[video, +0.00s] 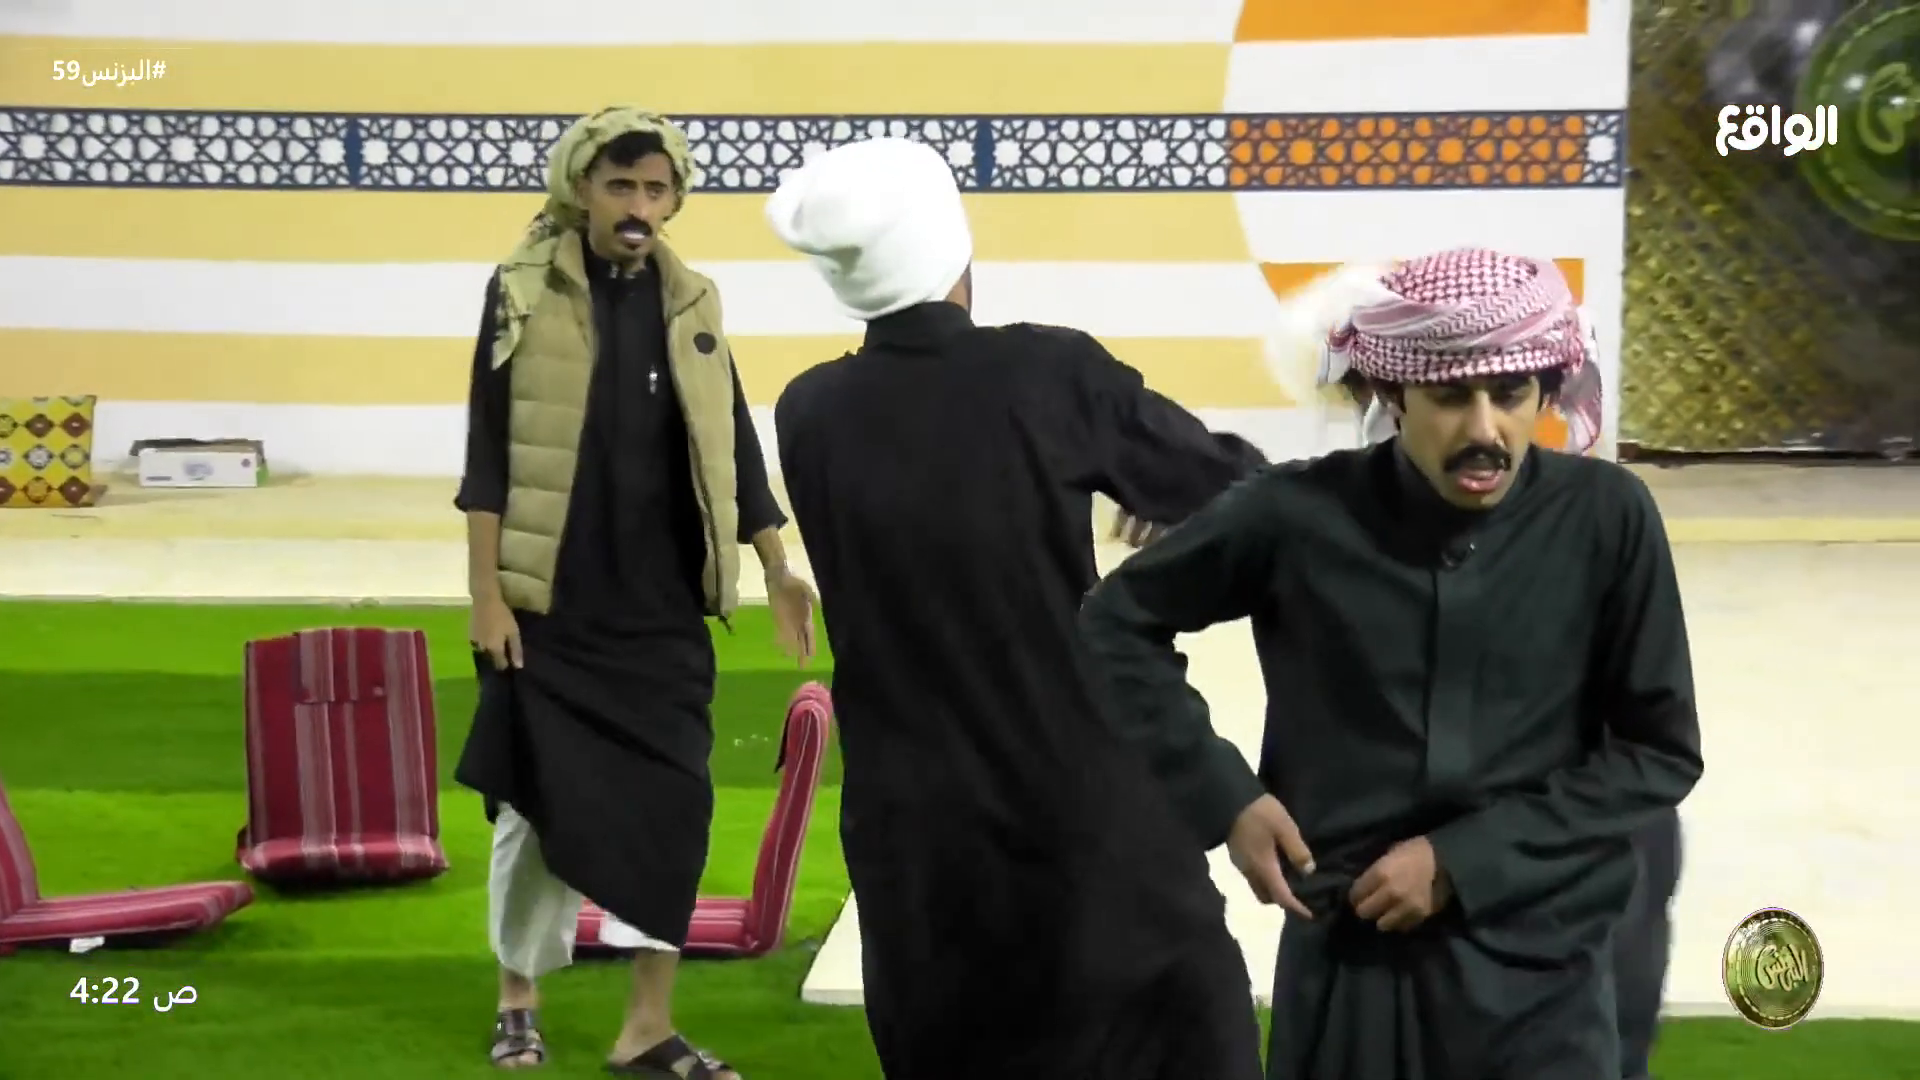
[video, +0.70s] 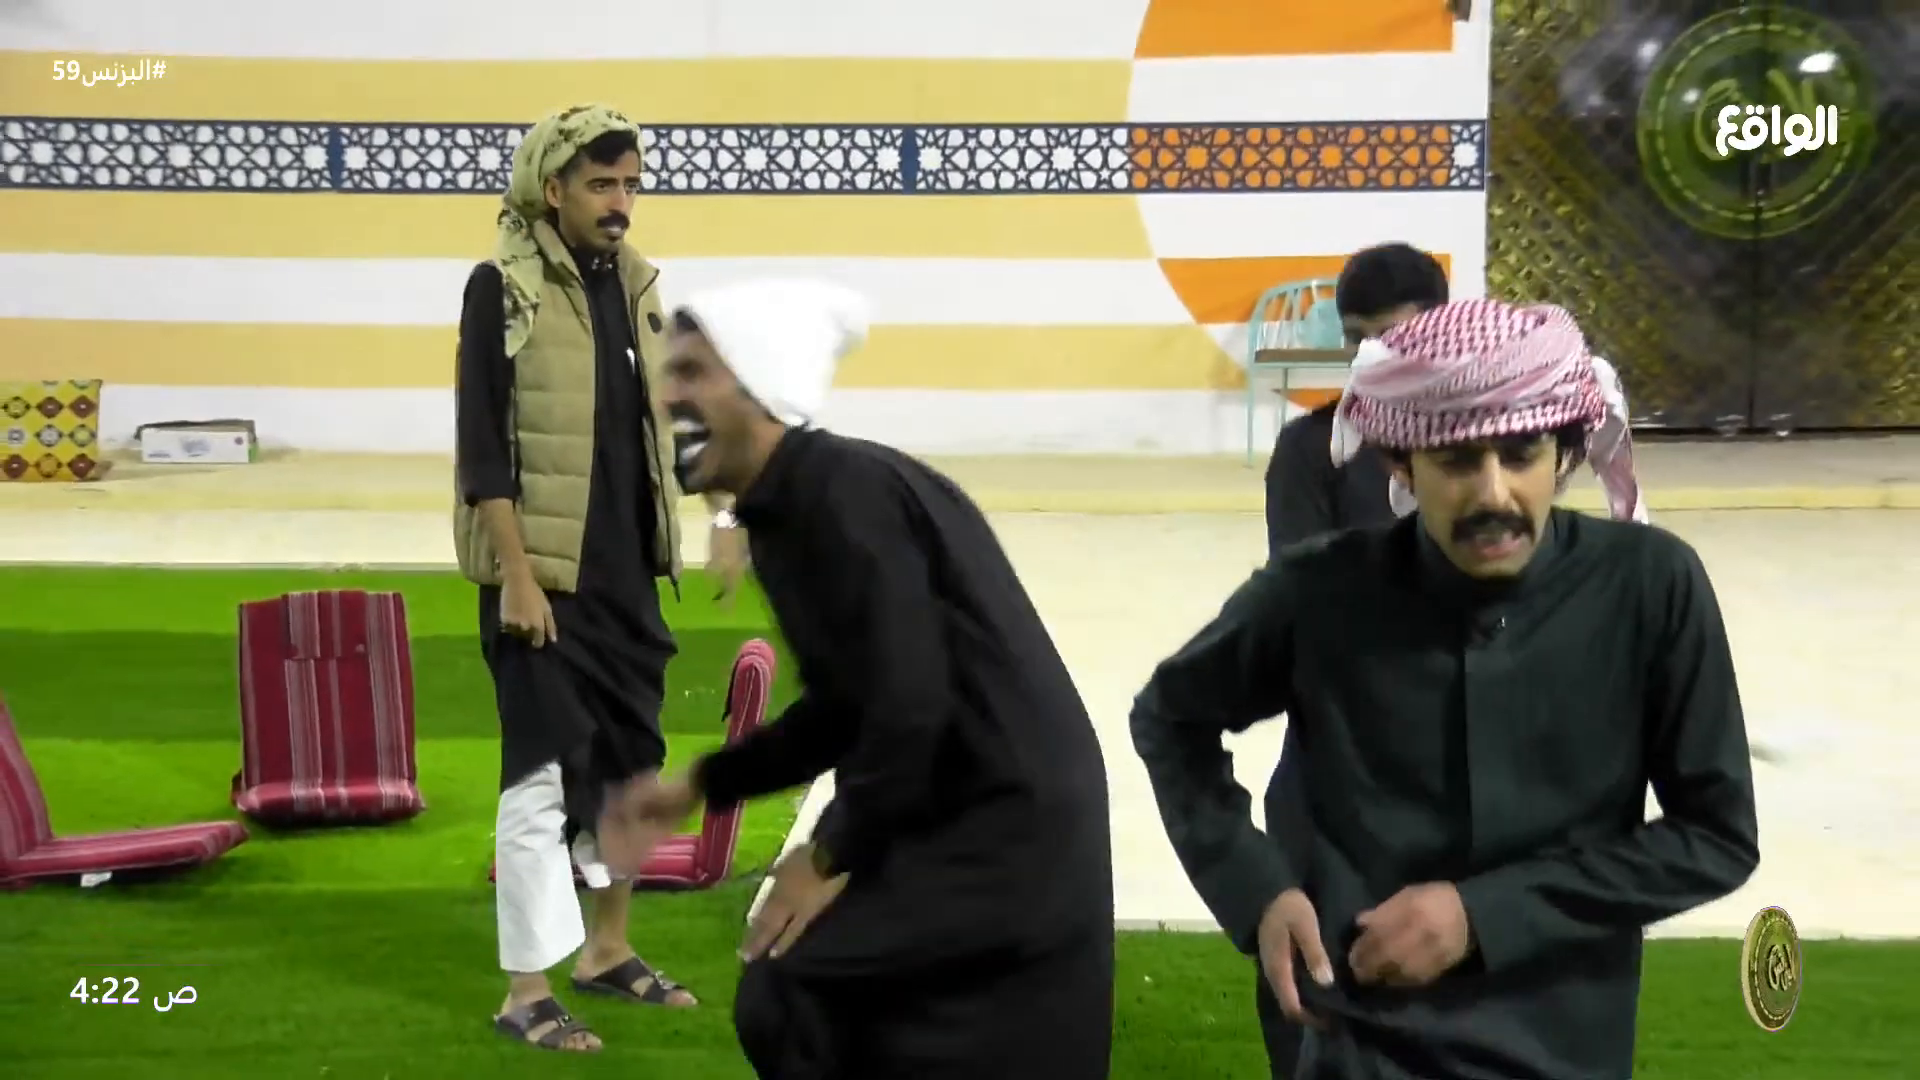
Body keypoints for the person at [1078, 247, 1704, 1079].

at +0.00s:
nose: (1483, 431)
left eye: (1509, 395)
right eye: (1450, 396)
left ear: (1544, 397)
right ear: (1395, 397)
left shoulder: (1608, 516)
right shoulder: (1292, 516)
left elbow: (1659, 753)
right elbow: (1115, 619)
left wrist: (1457, 860)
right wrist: (1229, 799)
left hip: (1541, 985)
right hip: (1344, 979)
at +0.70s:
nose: (1492, 492)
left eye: (1521, 454)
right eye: (1456, 460)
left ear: (1563, 454)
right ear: (1404, 467)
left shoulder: (1653, 586)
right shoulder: (1315, 594)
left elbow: (1718, 837)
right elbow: (1171, 717)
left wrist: (1479, 912)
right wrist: (1258, 893)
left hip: (1562, 1046)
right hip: (1356, 1043)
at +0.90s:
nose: (1469, 569)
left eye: (1495, 523)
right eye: (1427, 537)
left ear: (1548, 514)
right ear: (1378, 543)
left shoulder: (1668, 636)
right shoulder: (1318, 671)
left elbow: (1737, 902)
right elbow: (1187, 804)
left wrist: (1495, 1009)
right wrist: (1294, 979)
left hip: (1599, 1059)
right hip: (1369, 1061)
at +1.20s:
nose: (1512, 597)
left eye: (1538, 549)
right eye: (1466, 560)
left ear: (1595, 532)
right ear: (1416, 558)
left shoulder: (1716, 660)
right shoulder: (1337, 689)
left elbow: (1805, 935)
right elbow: (1180, 834)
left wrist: (1551, 1064)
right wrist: (1332, 1027)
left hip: (1651, 1064)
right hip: (1414, 1068)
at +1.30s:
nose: (1533, 652)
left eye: (1560, 605)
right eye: (1490, 618)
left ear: (1615, 578)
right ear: (1440, 600)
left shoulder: (1744, 698)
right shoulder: (1356, 719)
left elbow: (1825, 979)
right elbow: (1191, 858)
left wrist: (1633, 1069)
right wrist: (1346, 1049)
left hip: (1661, 1057)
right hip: (1435, 1063)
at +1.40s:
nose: (1564, 742)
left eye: (1600, 698)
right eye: (1525, 703)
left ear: (1656, 640)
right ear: (1474, 662)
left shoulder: (1796, 743)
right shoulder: (1395, 746)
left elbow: (1861, 1032)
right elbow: (1231, 887)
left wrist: (1741, 1068)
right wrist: (1361, 1070)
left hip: (1704, 1063)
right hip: (1470, 1063)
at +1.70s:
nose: (1597, 806)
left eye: (1639, 766)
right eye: (1560, 765)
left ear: (1718, 697)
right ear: (1519, 710)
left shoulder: (1870, 768)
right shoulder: (1445, 758)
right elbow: (1303, 888)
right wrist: (1399, 1069)